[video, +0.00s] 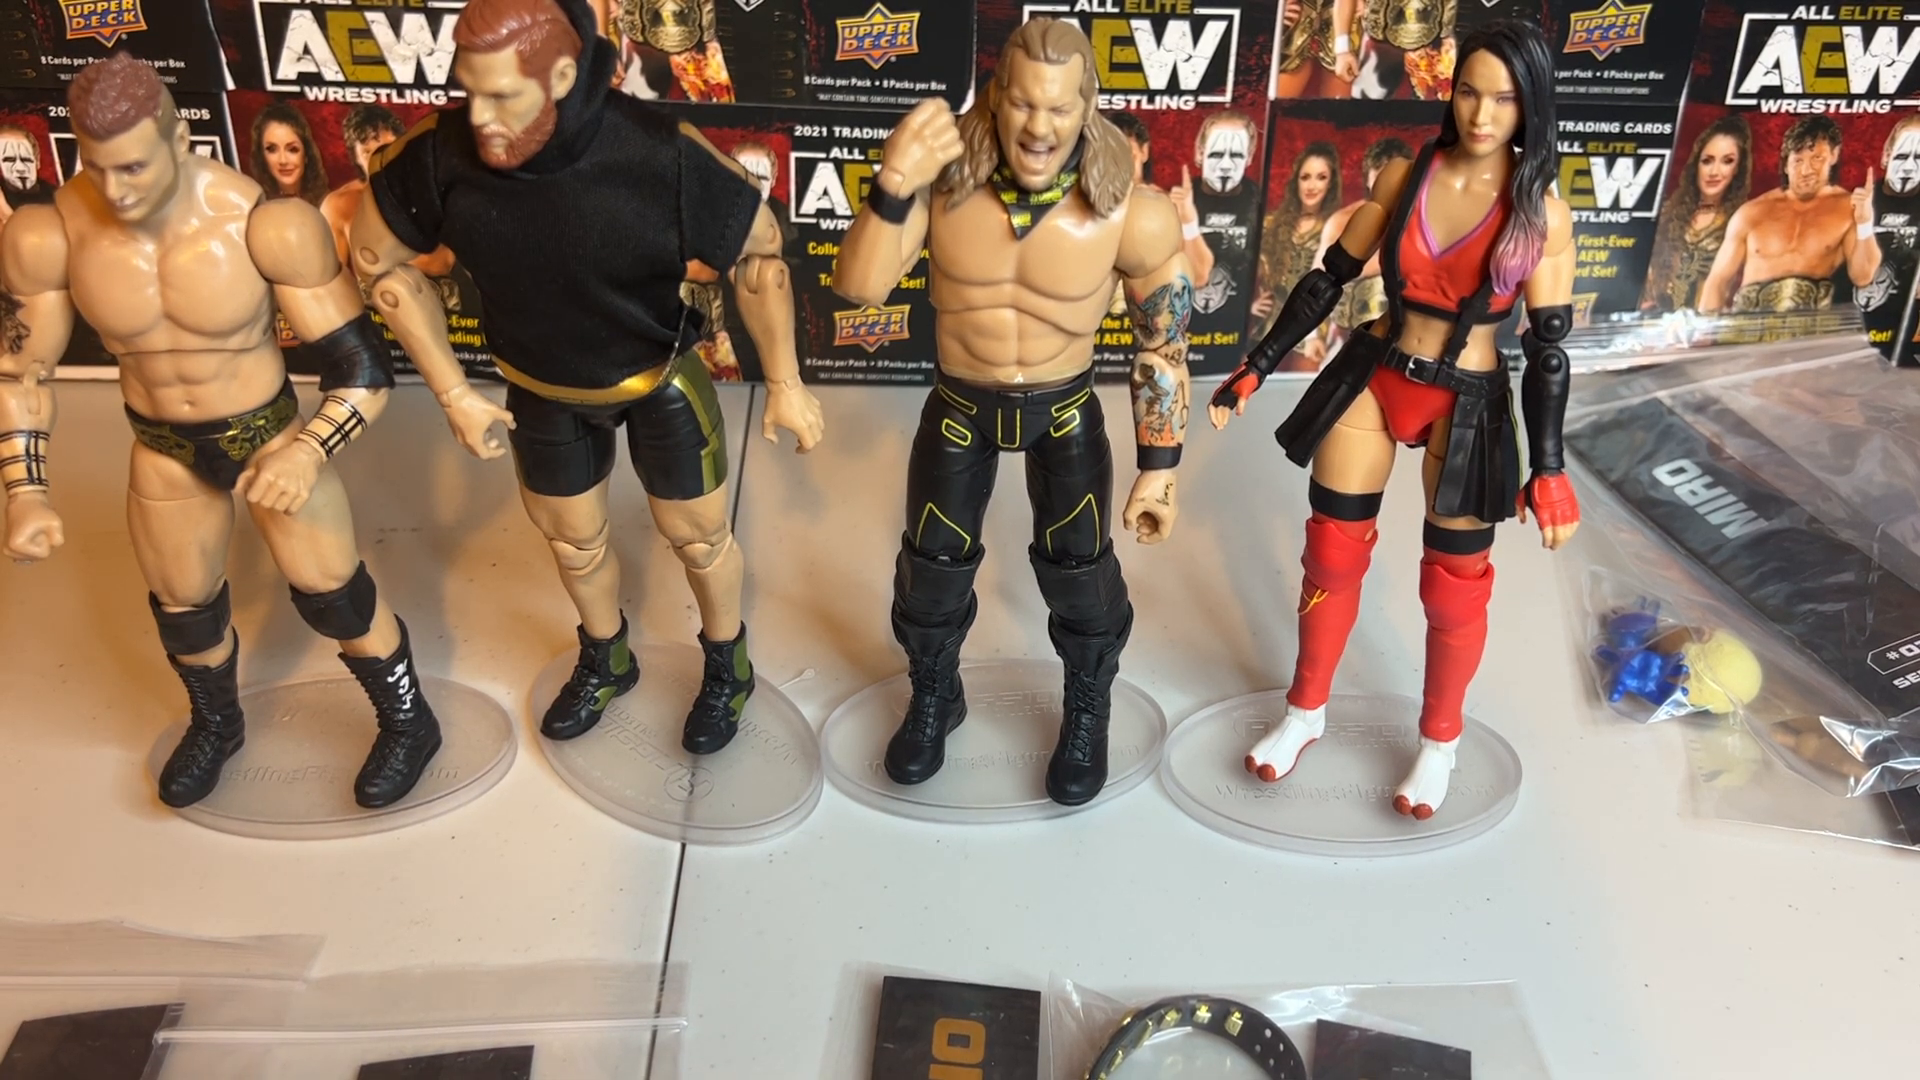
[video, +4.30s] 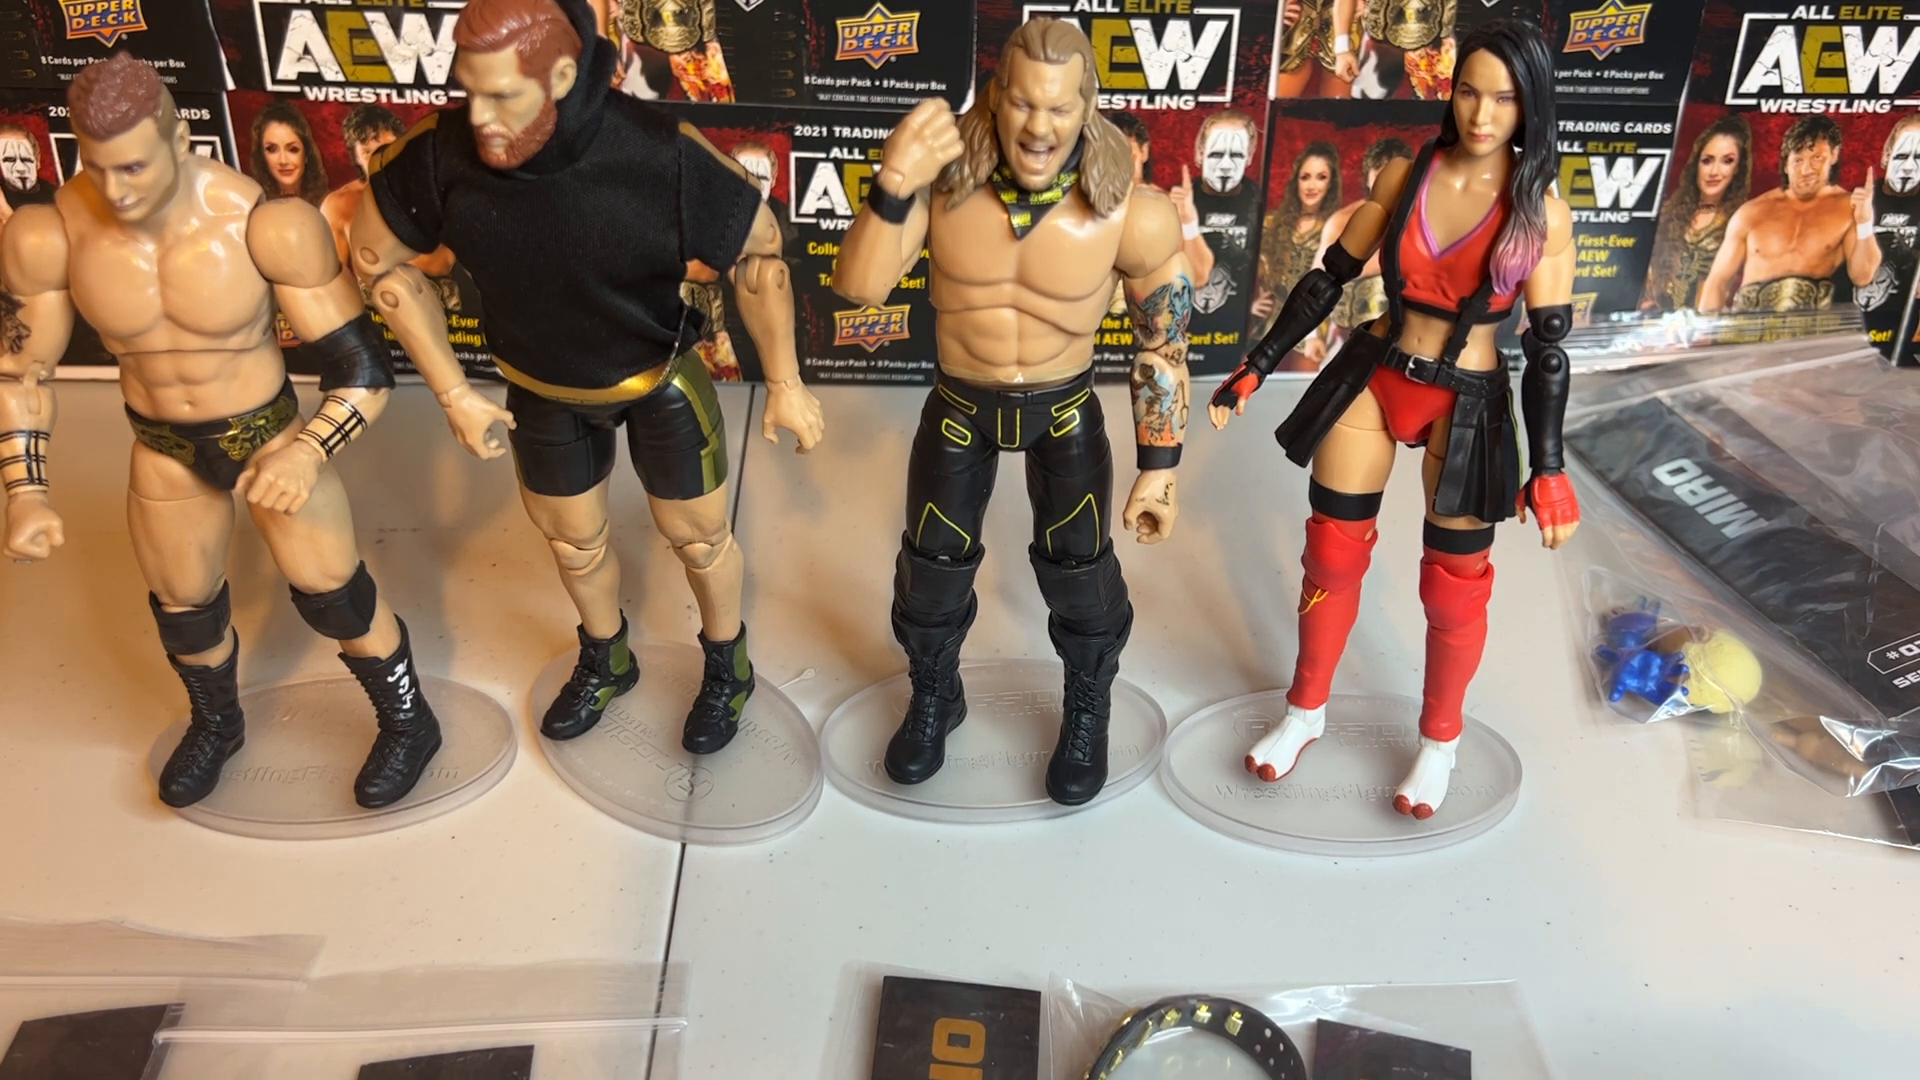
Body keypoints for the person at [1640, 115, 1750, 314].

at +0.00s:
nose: (1714, 171)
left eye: (1727, 161)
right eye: (1707, 160)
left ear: (1739, 168)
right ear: (1695, 164)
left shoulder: (1743, 220)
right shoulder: (1670, 213)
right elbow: (1655, 267)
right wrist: (1650, 300)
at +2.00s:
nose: (1714, 171)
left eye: (1727, 161)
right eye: (1707, 160)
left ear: (1739, 168)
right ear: (1695, 164)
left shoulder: (1742, 220)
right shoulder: (1670, 212)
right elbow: (1654, 267)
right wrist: (1649, 301)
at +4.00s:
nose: (1714, 171)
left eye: (1727, 161)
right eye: (1707, 160)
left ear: (1739, 168)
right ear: (1695, 164)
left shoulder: (1742, 219)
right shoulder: (1671, 212)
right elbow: (1655, 265)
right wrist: (1649, 299)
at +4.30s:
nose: (1714, 171)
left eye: (1727, 161)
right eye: (1707, 160)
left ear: (1739, 168)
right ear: (1695, 164)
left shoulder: (1742, 219)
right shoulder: (1671, 212)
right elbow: (1655, 265)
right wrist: (1650, 299)